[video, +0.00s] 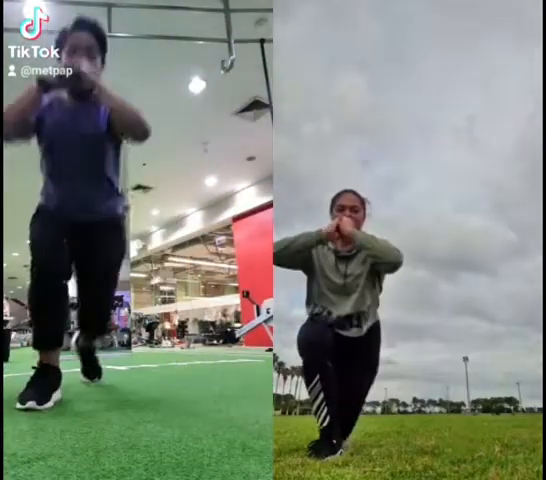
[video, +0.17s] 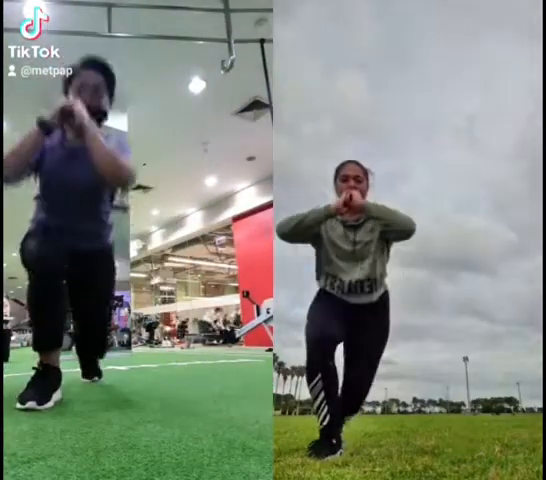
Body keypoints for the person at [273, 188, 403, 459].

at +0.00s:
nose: (347, 216)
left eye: (354, 211)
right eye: (341, 210)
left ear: (364, 217)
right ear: (331, 216)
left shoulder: (372, 253)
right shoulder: (315, 252)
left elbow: (395, 260)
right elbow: (275, 254)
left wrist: (354, 234)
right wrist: (321, 235)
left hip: (362, 333)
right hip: (323, 328)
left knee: (350, 403)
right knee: (311, 342)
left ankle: (331, 442)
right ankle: (330, 434)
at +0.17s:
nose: (351, 185)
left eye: (357, 180)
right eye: (345, 180)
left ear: (367, 187)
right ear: (336, 187)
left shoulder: (379, 222)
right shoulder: (323, 223)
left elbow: (408, 227)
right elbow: (284, 230)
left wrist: (364, 207)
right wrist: (331, 210)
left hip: (371, 308)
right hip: (330, 303)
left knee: (356, 393)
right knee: (317, 351)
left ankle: (331, 427)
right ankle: (330, 437)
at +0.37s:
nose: (366, 172)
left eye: (372, 166)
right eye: (358, 167)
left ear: (382, 173)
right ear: (348, 174)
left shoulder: (395, 212)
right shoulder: (336, 209)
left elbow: (430, 221)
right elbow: (301, 226)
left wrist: (387, 199)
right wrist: (349, 203)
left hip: (385, 295)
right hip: (341, 293)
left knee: (408, 347)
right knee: (326, 348)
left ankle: (403, 417)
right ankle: (330, 436)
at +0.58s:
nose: (379, 196)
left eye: (386, 190)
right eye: (372, 190)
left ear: (396, 196)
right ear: (362, 198)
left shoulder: (410, 235)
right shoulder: (350, 235)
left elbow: (448, 249)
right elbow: (317, 261)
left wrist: (401, 226)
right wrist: (365, 230)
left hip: (408, 323)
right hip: (360, 323)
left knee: (440, 340)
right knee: (323, 343)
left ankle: (452, 435)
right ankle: (330, 438)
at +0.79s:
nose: (395, 225)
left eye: (402, 219)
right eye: (386, 219)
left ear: (412, 224)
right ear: (376, 227)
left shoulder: (427, 263)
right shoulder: (364, 265)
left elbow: (465, 285)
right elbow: (333, 297)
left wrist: (416, 255)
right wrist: (381, 261)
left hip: (420, 348)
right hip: (375, 349)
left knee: (455, 343)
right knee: (331, 342)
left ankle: (451, 436)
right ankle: (331, 439)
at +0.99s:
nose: (408, 195)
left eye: (414, 189)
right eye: (400, 190)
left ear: (425, 192)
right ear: (391, 196)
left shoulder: (442, 230)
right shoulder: (383, 233)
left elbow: (479, 240)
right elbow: (351, 256)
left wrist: (427, 220)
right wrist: (395, 225)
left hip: (439, 317)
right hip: (393, 316)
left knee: (457, 346)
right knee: (354, 341)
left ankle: (452, 436)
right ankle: (330, 437)